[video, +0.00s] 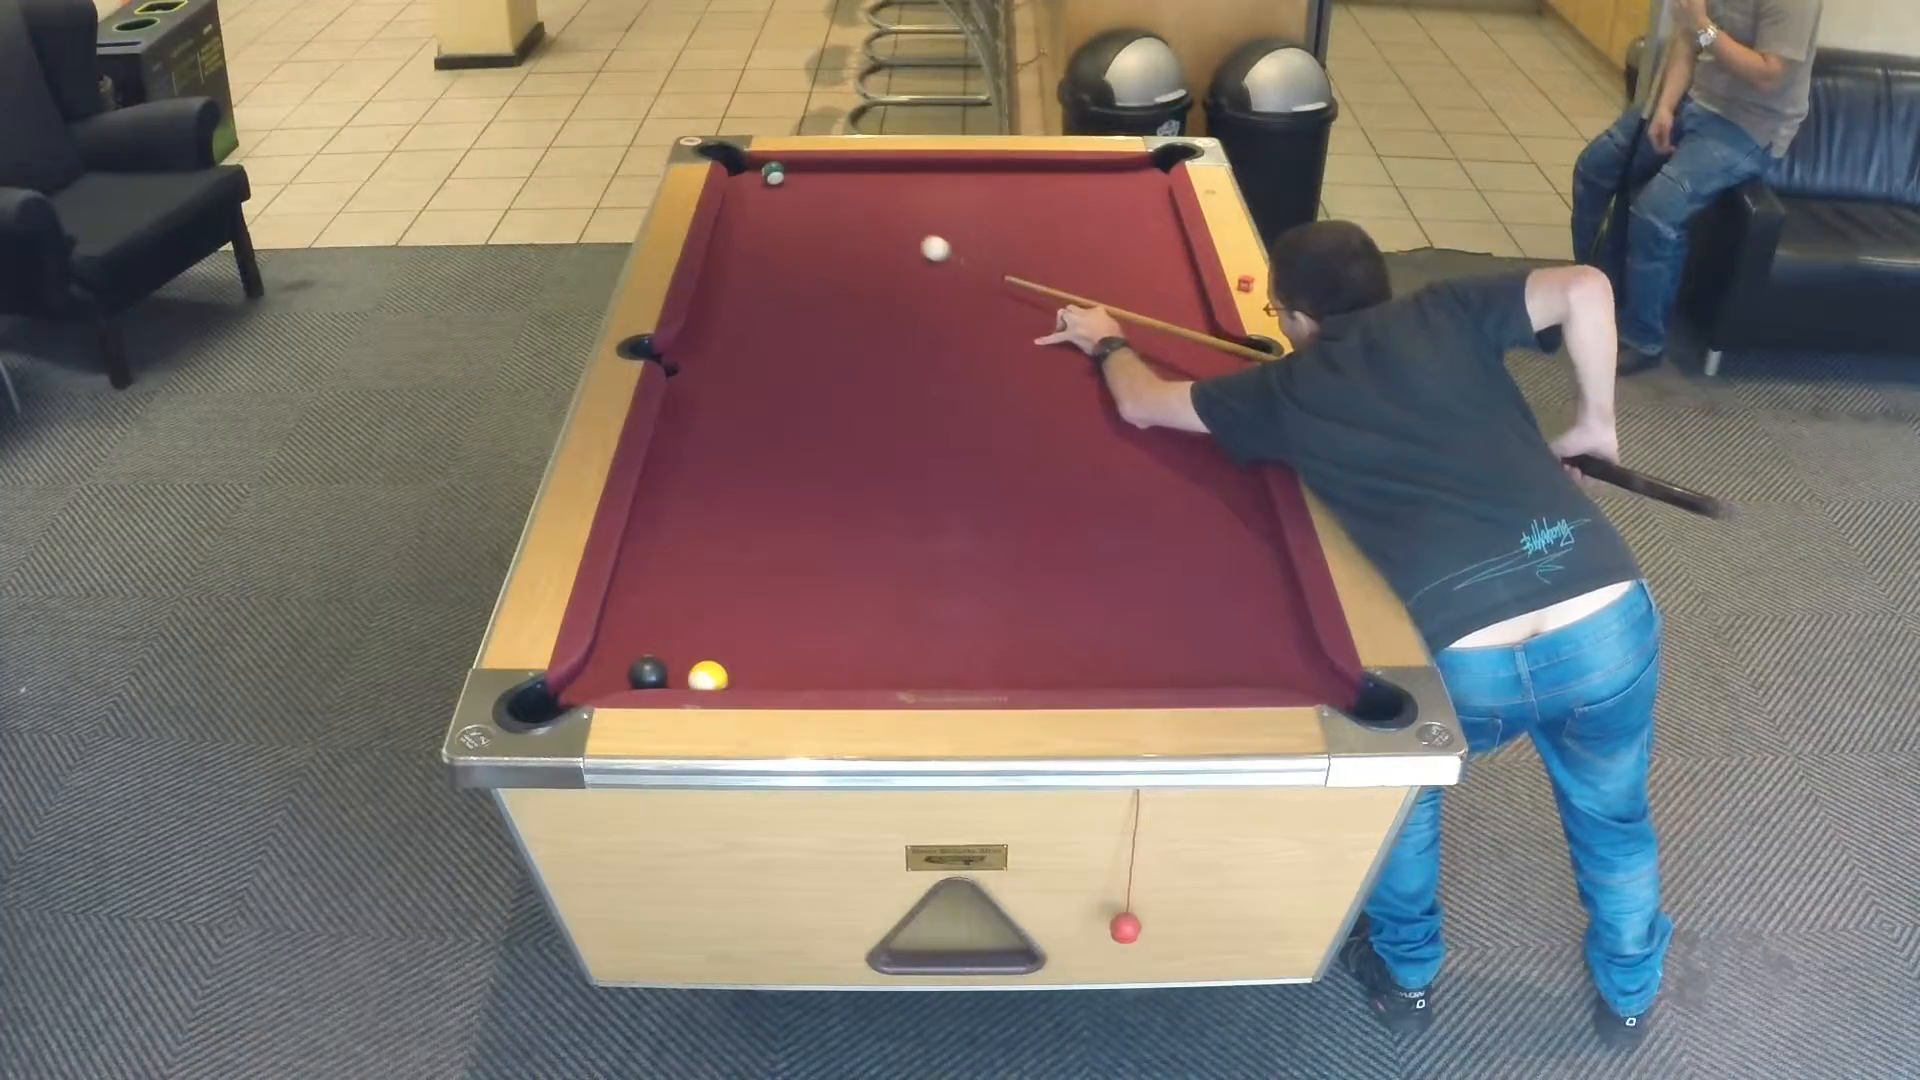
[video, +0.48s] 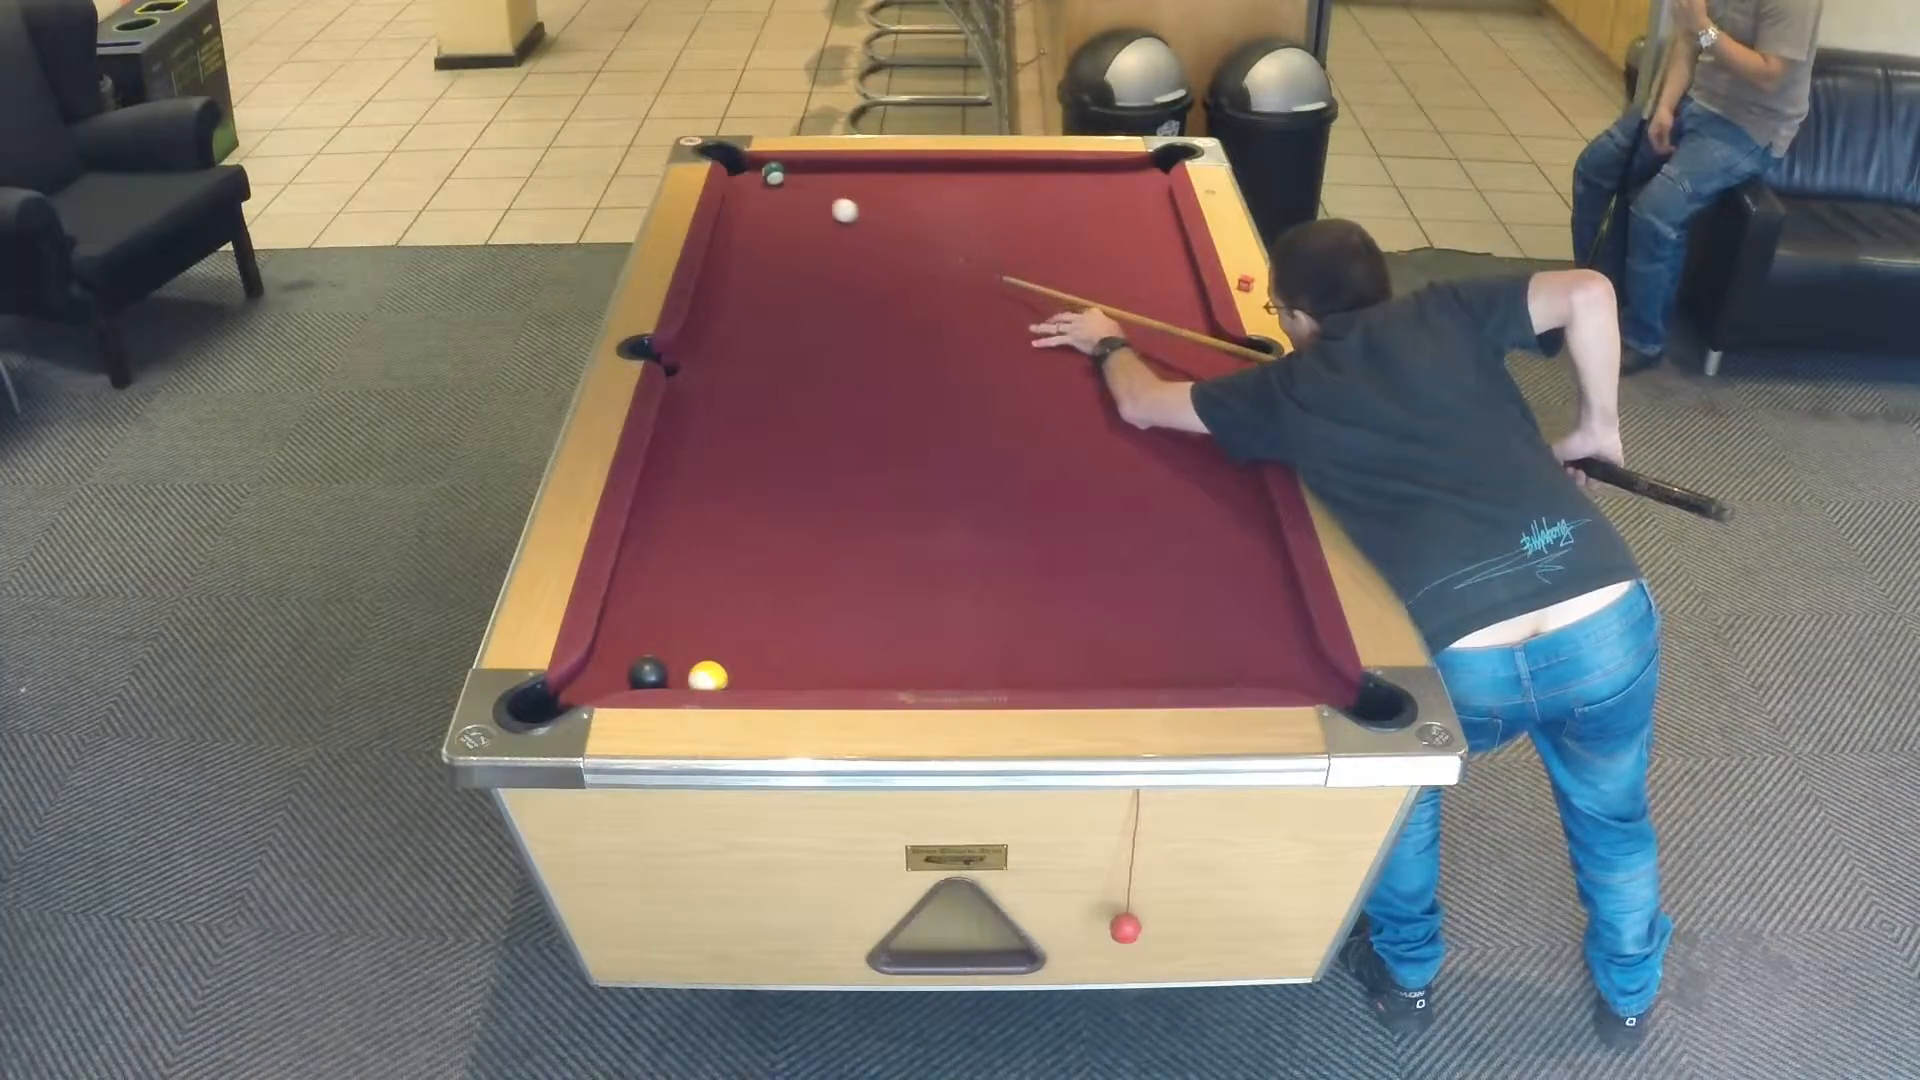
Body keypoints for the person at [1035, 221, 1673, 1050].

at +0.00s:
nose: (1279, 321)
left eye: (1281, 308)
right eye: (1279, 308)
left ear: (1298, 318)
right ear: (1386, 290)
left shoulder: (1286, 388)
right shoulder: (1451, 312)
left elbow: (1144, 401)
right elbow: (1584, 286)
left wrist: (1105, 342)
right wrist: (1597, 419)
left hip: (1469, 660)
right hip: (1607, 622)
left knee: (1394, 763)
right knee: (1615, 818)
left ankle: (1408, 965)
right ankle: (1631, 988)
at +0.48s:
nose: (1281, 318)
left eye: (1283, 306)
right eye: (1280, 306)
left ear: (1298, 318)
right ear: (1386, 290)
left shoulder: (1289, 388)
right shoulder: (1451, 313)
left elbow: (1143, 400)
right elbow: (1586, 291)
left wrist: (1105, 341)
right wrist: (1599, 420)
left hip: (1467, 659)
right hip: (1606, 621)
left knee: (1395, 766)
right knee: (1615, 820)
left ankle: (1407, 969)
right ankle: (1630, 992)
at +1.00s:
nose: (1279, 315)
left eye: (1281, 303)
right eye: (1279, 303)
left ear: (1297, 317)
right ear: (1385, 290)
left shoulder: (1285, 390)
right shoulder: (1449, 313)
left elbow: (1142, 399)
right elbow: (1589, 296)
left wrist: (1106, 341)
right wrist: (1600, 427)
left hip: (1468, 661)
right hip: (1606, 623)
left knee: (1394, 763)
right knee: (1615, 819)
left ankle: (1407, 967)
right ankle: (1630, 991)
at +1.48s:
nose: (1279, 314)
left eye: (1281, 302)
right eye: (1279, 302)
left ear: (1298, 317)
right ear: (1385, 290)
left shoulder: (1286, 390)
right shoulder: (1450, 313)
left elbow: (1141, 399)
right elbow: (1589, 297)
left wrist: (1105, 341)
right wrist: (1605, 428)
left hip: (1468, 661)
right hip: (1606, 622)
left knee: (1394, 762)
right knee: (1615, 819)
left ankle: (1408, 965)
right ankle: (1630, 990)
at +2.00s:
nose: (1289, 300)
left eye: (1290, 288)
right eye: (1287, 288)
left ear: (1307, 300)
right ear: (1399, 273)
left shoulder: (1292, 377)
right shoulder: (1466, 306)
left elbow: (1161, 392)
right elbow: (1610, 313)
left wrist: (1105, 341)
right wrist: (1606, 441)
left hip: (1479, 663)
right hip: (1617, 625)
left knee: (1406, 762)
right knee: (1621, 824)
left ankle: (1407, 966)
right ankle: (1631, 989)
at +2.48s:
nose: (1370, 167)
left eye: (1376, 154)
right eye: (1374, 150)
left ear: (1398, 176)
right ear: (1494, 163)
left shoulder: (1365, 295)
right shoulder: (1584, 245)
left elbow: (1341, 493)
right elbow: (1719, 394)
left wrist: (1374, 413)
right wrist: (1611, 453)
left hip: (1519, 637)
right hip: (1662, 621)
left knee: (1436, 792)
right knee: (1606, 841)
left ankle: (1403, 973)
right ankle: (1602, 1042)